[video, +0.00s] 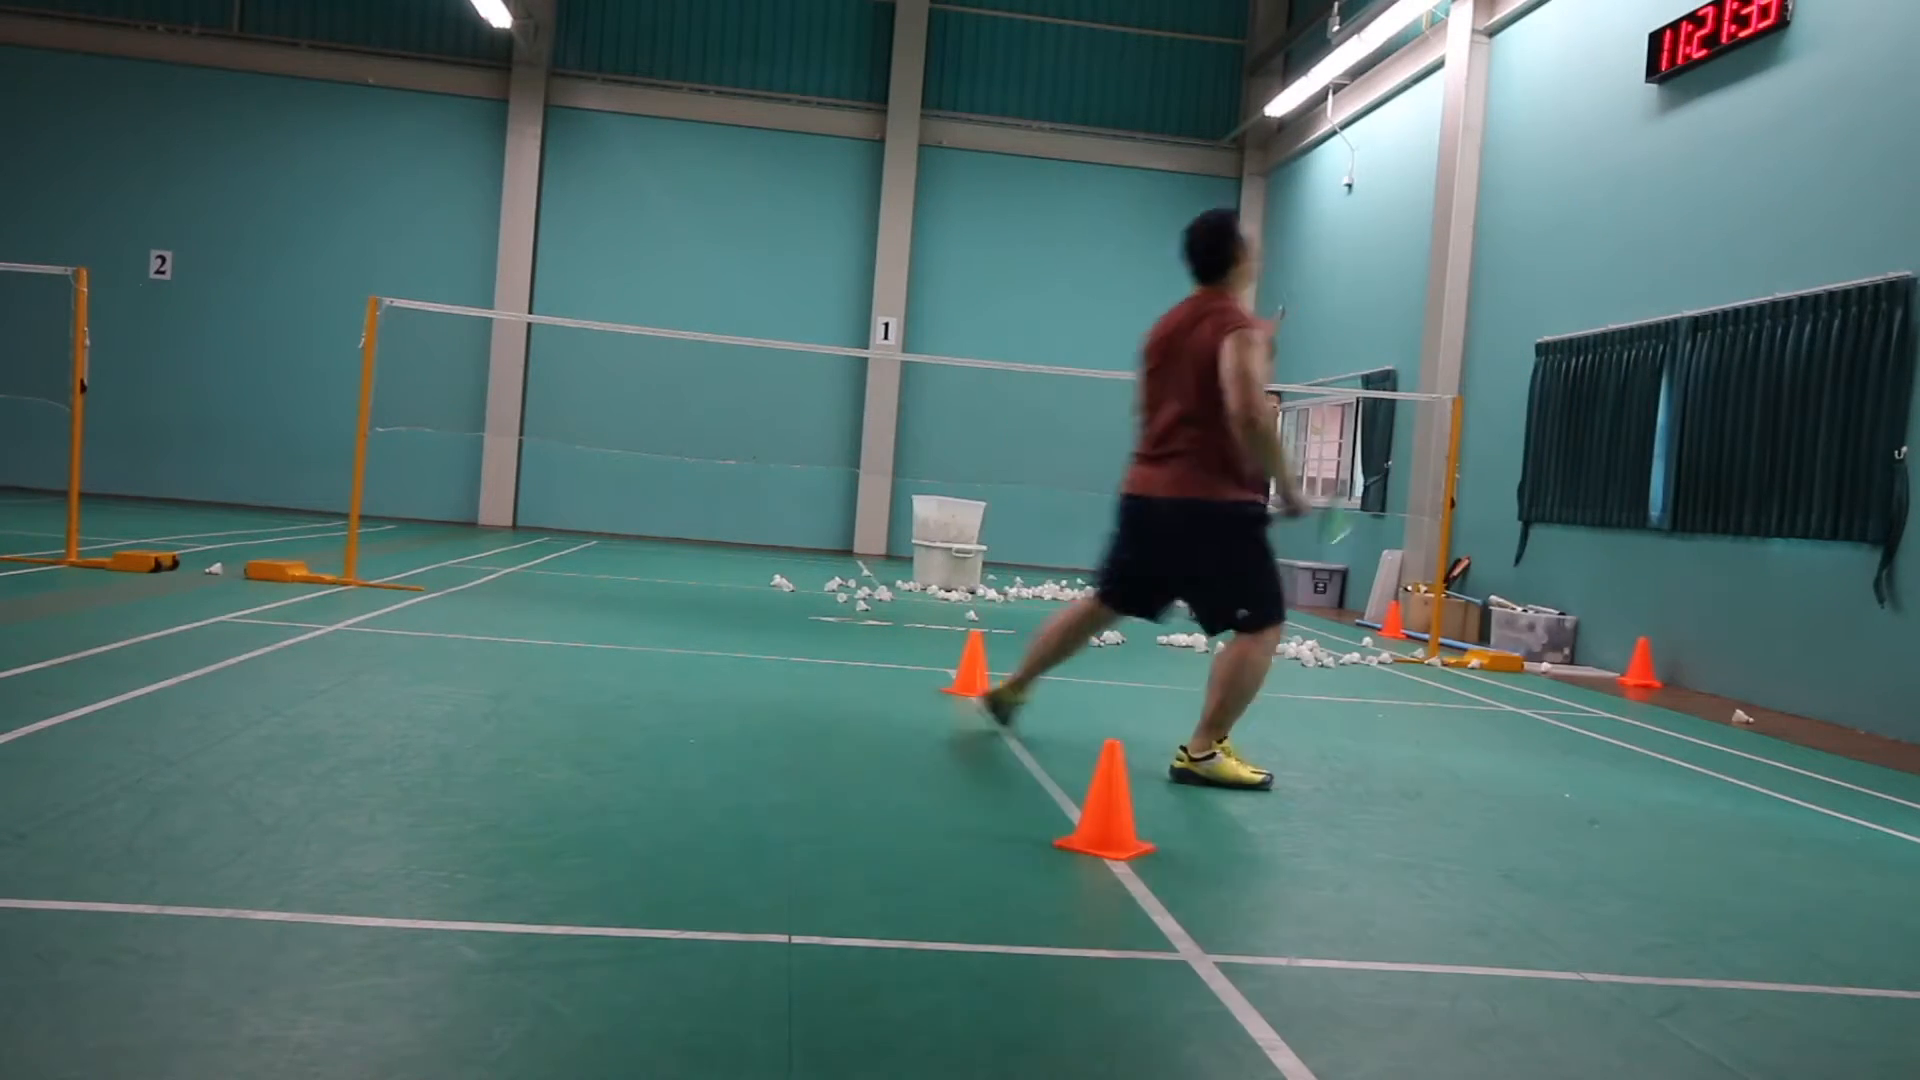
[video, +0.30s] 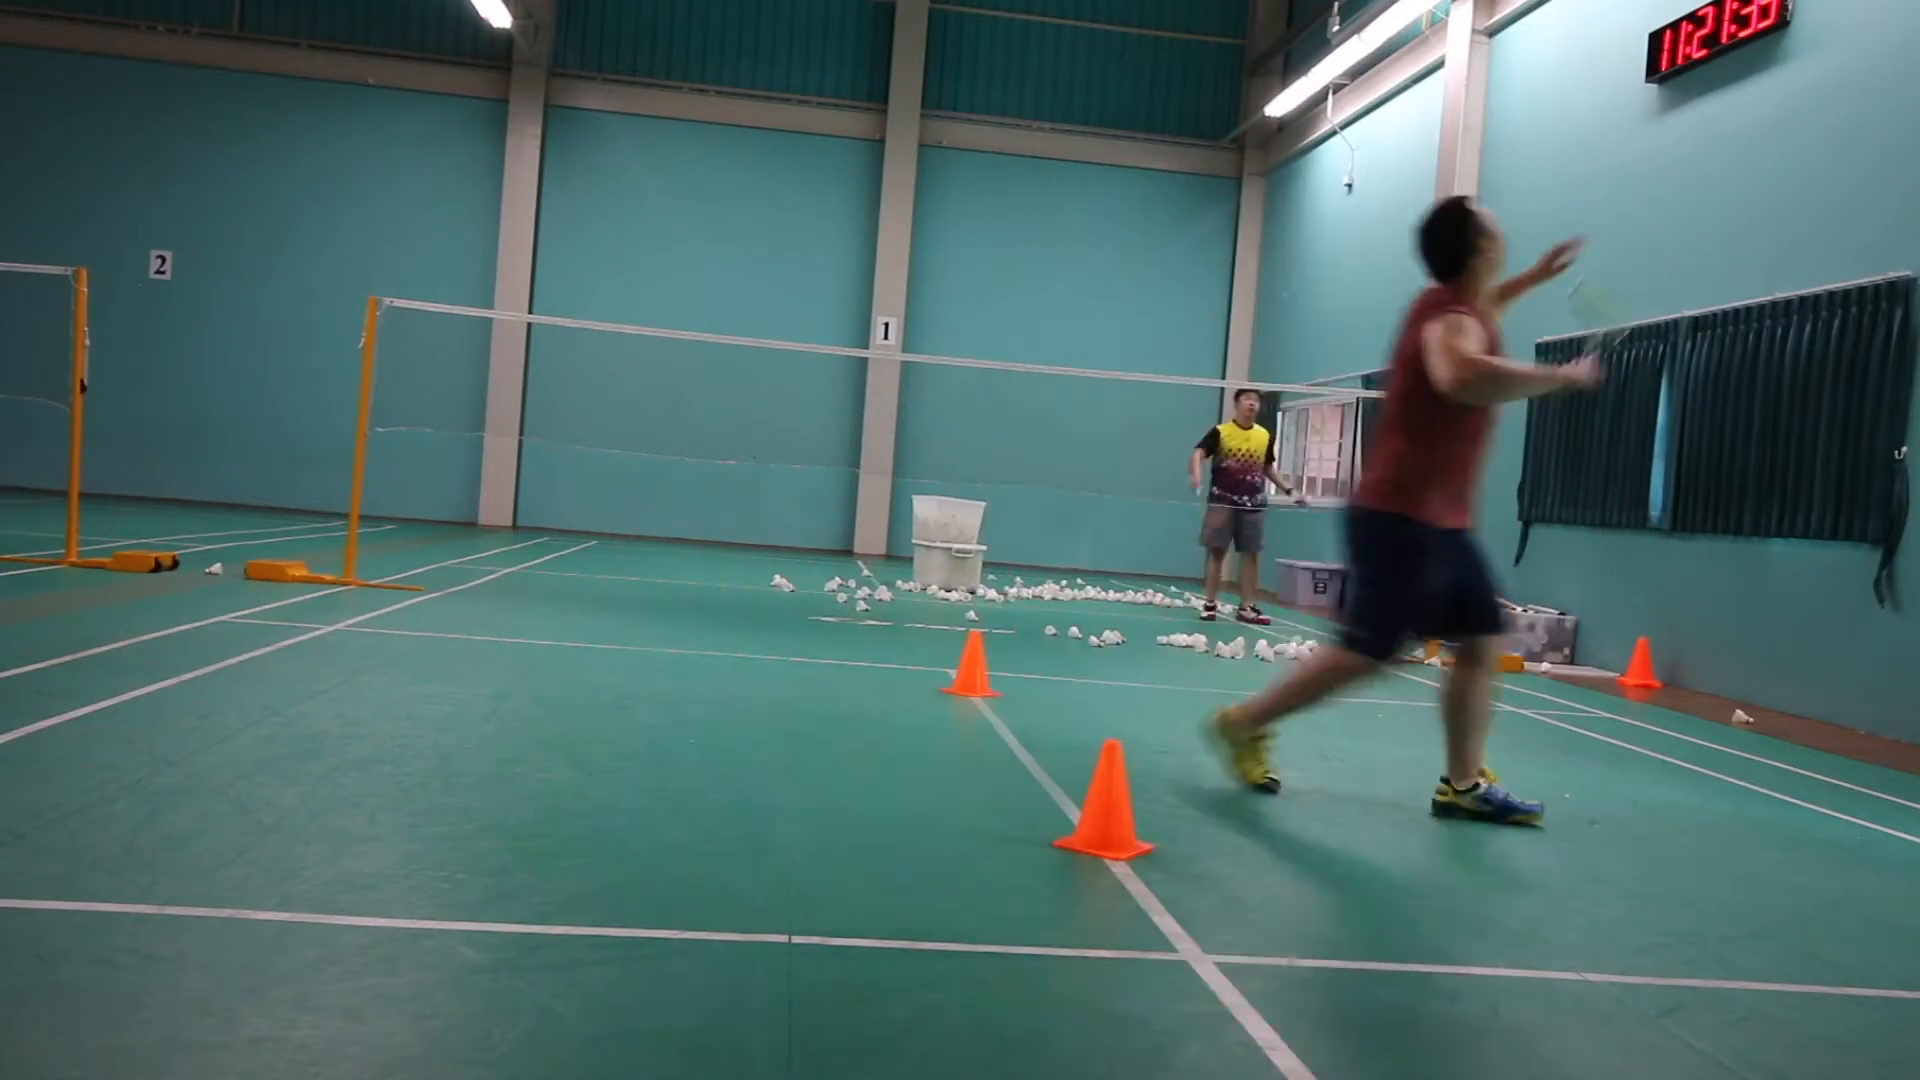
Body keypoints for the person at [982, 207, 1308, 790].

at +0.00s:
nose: (1255, 252)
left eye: (1250, 243)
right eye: (1251, 245)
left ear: (1195, 263)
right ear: (1241, 258)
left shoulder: (1165, 328)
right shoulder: (1240, 326)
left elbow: (1157, 414)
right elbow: (1248, 411)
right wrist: (1288, 483)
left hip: (1148, 501)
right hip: (1217, 510)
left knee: (1107, 601)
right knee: (1261, 628)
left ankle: (1012, 689)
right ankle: (1204, 748)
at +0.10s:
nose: (1327, 220)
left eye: (1321, 210)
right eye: (1319, 213)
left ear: (1266, 233)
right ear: (1307, 227)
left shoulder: (1248, 291)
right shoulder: (1297, 296)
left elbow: (1236, 384)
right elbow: (1295, 380)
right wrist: (1349, 454)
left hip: (1212, 470)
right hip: (1257, 481)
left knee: (1220, 601)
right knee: (1264, 615)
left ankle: (1137, 688)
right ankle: (1203, 747)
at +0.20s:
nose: (1418, 229)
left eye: (1412, 220)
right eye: (1409, 222)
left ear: (1365, 243)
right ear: (1395, 238)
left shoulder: (1351, 297)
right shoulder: (1376, 303)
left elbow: (1386, 357)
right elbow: (1384, 372)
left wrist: (1453, 336)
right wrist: (1457, 422)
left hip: (1328, 498)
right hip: (1310, 498)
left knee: (1380, 612)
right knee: (1272, 624)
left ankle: (1373, 757)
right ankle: (1201, 748)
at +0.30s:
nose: (1502, 239)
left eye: (1495, 230)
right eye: (1493, 232)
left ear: (1451, 254)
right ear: (1475, 248)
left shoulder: (1460, 309)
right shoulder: (1449, 314)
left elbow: (1488, 304)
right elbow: (1458, 374)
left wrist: (1536, 277)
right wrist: (1562, 376)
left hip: (1438, 519)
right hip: (1398, 515)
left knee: (1479, 637)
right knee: (1369, 648)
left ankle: (1464, 781)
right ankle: (1243, 721)